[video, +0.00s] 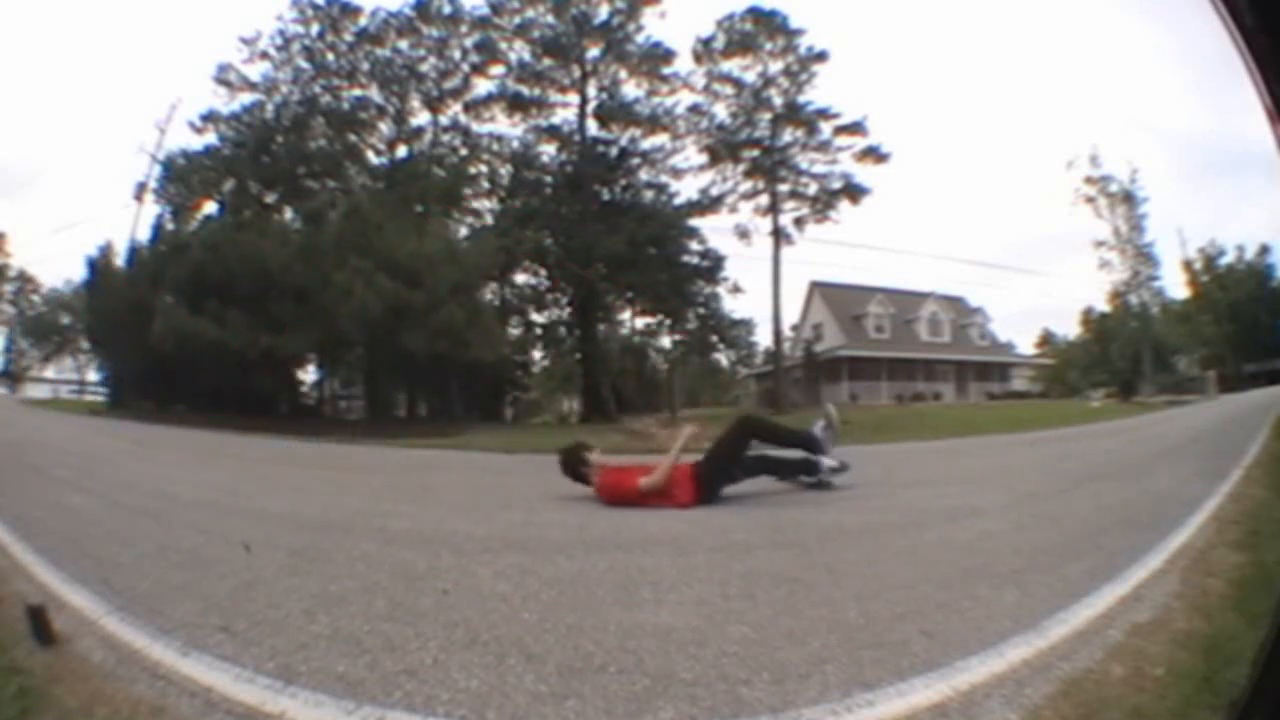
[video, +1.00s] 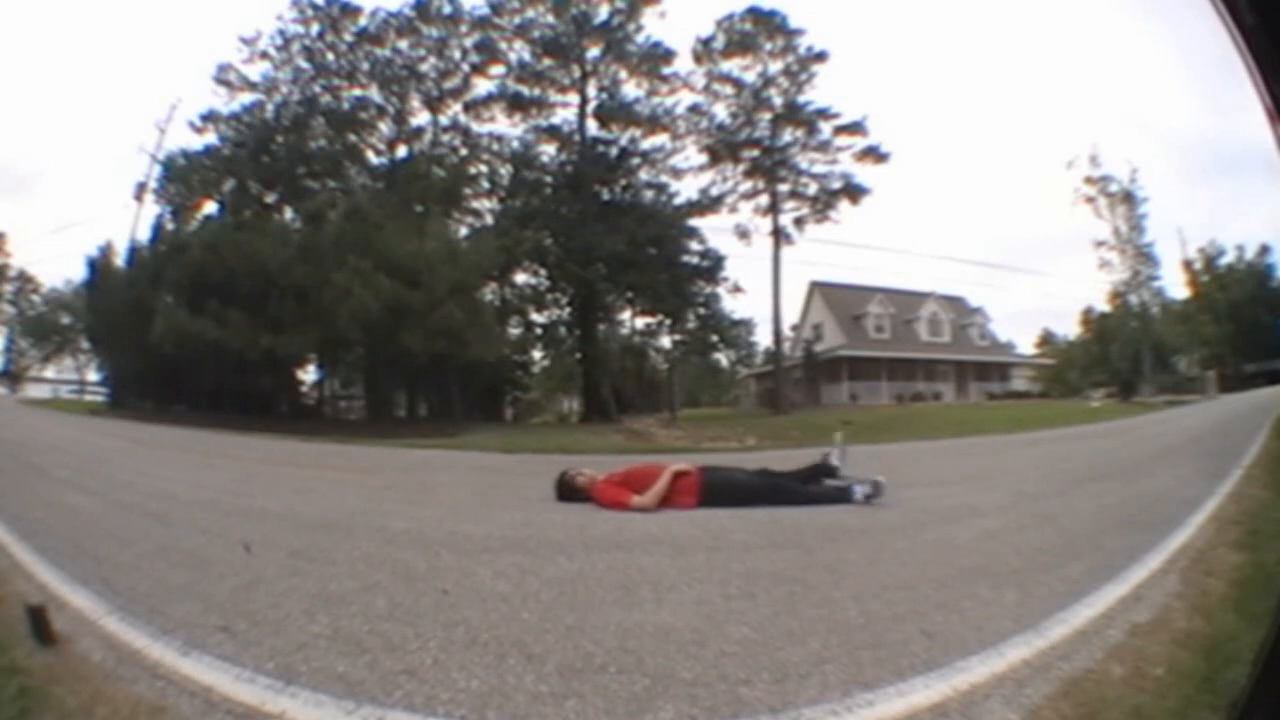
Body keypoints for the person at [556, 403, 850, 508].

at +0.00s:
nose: (599, 452)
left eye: (594, 450)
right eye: (593, 452)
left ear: (582, 468)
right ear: (586, 463)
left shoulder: (607, 479)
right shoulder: (607, 485)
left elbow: (652, 481)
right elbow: (654, 483)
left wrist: (673, 450)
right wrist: (679, 444)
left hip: (696, 480)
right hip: (696, 484)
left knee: (755, 462)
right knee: (745, 425)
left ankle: (812, 470)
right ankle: (815, 443)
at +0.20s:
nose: (592, 460)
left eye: (587, 458)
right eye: (585, 462)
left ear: (587, 468)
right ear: (582, 474)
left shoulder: (609, 480)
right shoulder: (606, 487)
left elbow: (650, 492)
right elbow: (649, 500)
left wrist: (675, 467)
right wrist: (671, 469)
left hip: (699, 481)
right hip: (698, 483)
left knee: (758, 464)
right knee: (755, 433)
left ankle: (817, 471)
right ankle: (821, 446)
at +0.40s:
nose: (587, 470)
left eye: (583, 467)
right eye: (581, 473)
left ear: (589, 469)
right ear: (582, 484)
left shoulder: (611, 478)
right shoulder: (603, 490)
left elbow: (645, 489)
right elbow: (642, 503)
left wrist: (676, 468)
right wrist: (673, 474)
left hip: (699, 473)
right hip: (697, 487)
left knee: (764, 471)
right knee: (767, 488)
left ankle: (825, 466)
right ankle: (838, 490)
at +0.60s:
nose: (586, 473)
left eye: (581, 471)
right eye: (581, 476)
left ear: (586, 478)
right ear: (581, 487)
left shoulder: (611, 480)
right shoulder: (603, 491)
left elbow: (648, 489)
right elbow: (642, 504)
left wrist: (676, 467)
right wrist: (671, 471)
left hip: (703, 473)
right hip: (700, 488)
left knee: (769, 470)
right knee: (775, 489)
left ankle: (830, 466)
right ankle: (848, 494)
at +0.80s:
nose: (584, 471)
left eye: (579, 470)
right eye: (578, 474)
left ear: (584, 478)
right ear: (579, 486)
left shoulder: (609, 480)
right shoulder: (602, 491)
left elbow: (646, 491)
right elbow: (642, 504)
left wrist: (672, 469)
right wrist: (668, 471)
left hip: (701, 474)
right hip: (698, 488)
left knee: (766, 473)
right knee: (771, 490)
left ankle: (823, 466)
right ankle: (846, 495)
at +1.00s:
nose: (585, 472)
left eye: (580, 470)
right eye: (579, 474)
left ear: (584, 480)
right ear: (580, 486)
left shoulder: (609, 481)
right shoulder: (603, 491)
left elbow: (646, 493)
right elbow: (643, 504)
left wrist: (672, 471)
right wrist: (670, 472)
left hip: (700, 476)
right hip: (698, 488)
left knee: (767, 477)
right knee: (771, 489)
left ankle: (827, 471)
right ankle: (848, 494)